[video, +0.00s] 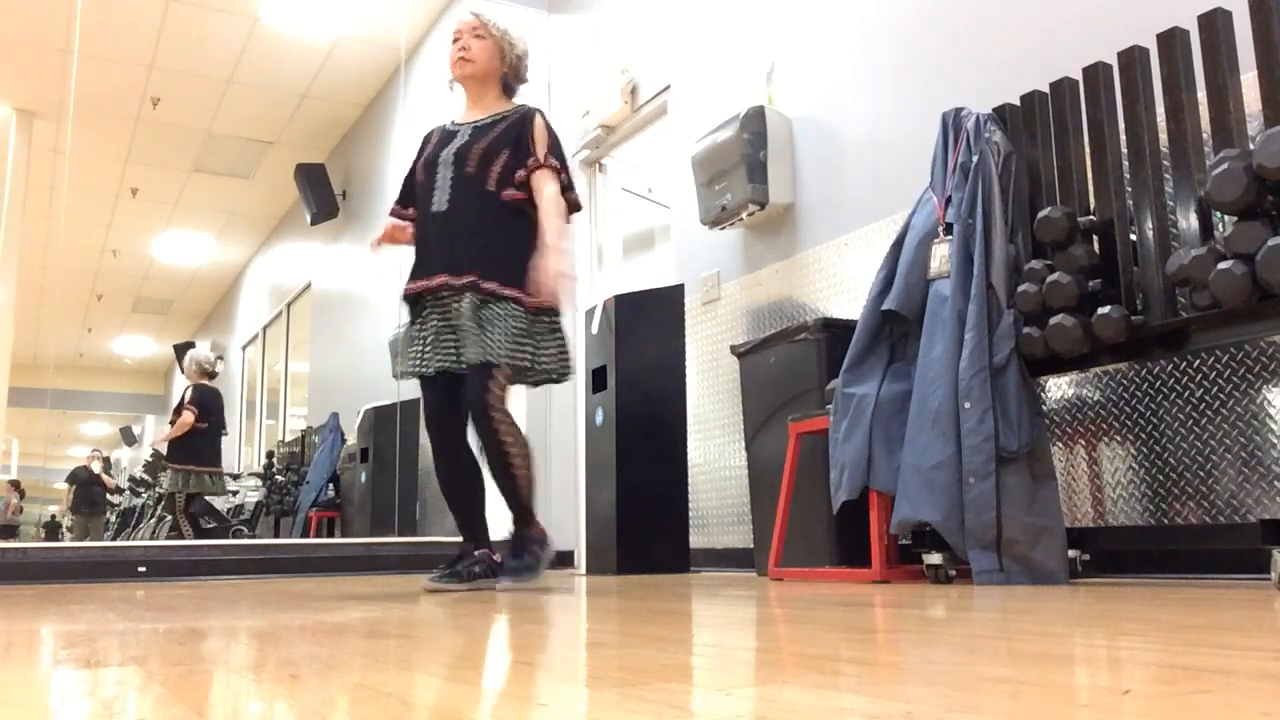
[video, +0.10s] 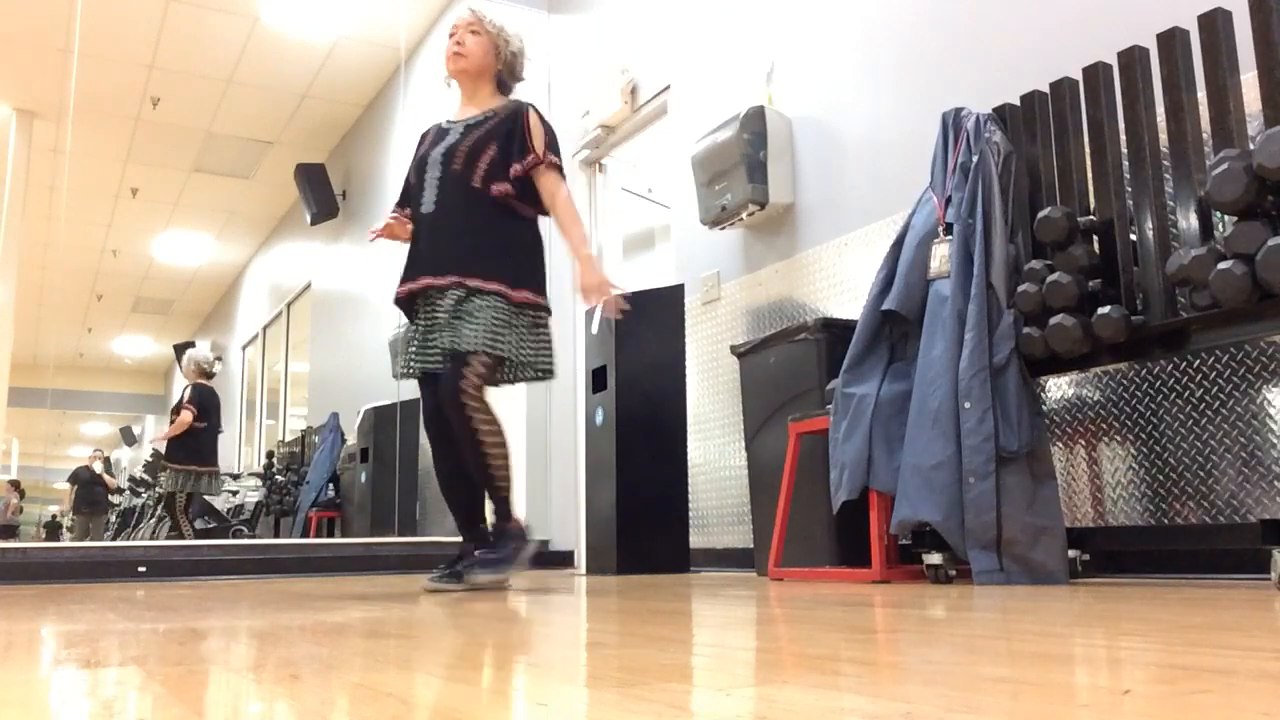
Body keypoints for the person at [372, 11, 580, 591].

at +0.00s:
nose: (460, 46)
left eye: (474, 37)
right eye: (455, 41)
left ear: (505, 57)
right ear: (451, 64)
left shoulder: (526, 121)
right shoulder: (436, 139)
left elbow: (549, 194)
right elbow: (426, 221)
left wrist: (551, 253)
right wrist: (401, 230)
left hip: (500, 287)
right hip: (435, 292)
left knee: (485, 403)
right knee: (442, 425)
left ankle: (529, 535)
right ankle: (476, 549)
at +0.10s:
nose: (455, 40)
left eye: (469, 33)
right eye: (451, 35)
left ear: (499, 54)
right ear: (447, 57)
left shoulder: (521, 118)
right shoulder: (432, 136)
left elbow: (557, 198)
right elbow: (424, 217)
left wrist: (587, 263)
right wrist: (405, 226)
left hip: (496, 284)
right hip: (434, 285)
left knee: (463, 389)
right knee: (440, 417)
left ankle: (507, 530)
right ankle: (474, 544)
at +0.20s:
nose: (450, 28)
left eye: (466, 23)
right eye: (446, 22)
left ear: (493, 48)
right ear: (439, 48)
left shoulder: (514, 107)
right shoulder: (425, 128)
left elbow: (560, 186)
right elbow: (422, 207)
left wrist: (601, 258)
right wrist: (403, 229)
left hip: (484, 269)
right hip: (431, 273)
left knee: (448, 386)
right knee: (441, 398)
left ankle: (464, 539)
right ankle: (474, 547)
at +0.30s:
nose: (446, 27)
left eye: (463, 22)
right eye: (442, 22)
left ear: (489, 48)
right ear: (434, 47)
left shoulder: (509, 105)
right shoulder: (419, 129)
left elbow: (559, 186)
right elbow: (415, 212)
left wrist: (599, 265)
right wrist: (393, 229)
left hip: (477, 274)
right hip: (423, 276)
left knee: (443, 397)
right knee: (437, 406)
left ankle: (435, 549)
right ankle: (479, 548)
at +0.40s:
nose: (443, 29)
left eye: (458, 24)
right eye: (438, 25)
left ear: (487, 49)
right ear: (435, 52)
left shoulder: (505, 108)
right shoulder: (419, 131)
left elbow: (554, 189)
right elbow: (424, 216)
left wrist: (577, 270)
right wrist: (383, 227)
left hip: (470, 282)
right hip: (413, 284)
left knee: (436, 404)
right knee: (403, 421)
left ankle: (436, 550)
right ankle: (476, 546)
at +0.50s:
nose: (442, 27)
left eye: (460, 23)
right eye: (438, 22)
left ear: (486, 50)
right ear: (432, 49)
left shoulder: (504, 108)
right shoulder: (414, 128)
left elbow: (549, 189)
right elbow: (411, 210)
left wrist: (553, 260)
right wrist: (382, 221)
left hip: (473, 280)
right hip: (410, 282)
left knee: (440, 401)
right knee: (400, 420)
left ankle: (438, 550)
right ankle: (471, 541)